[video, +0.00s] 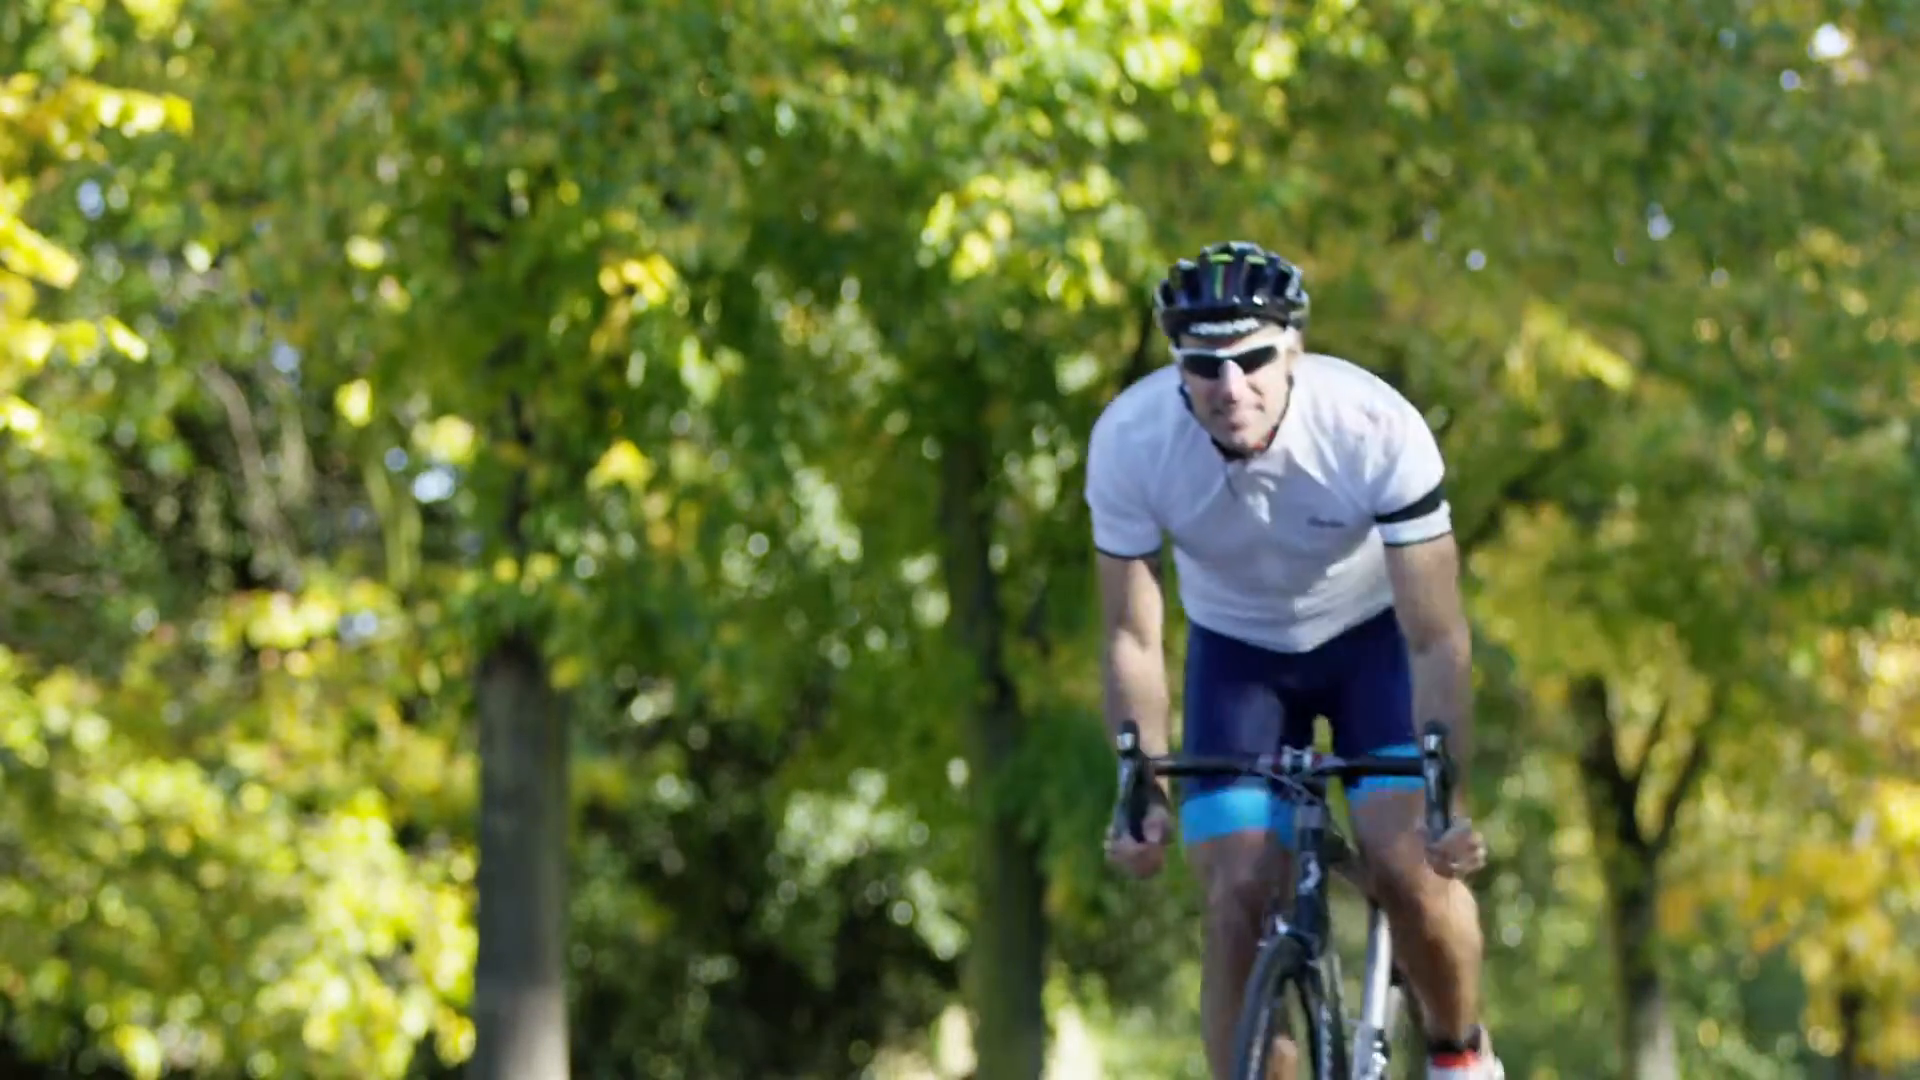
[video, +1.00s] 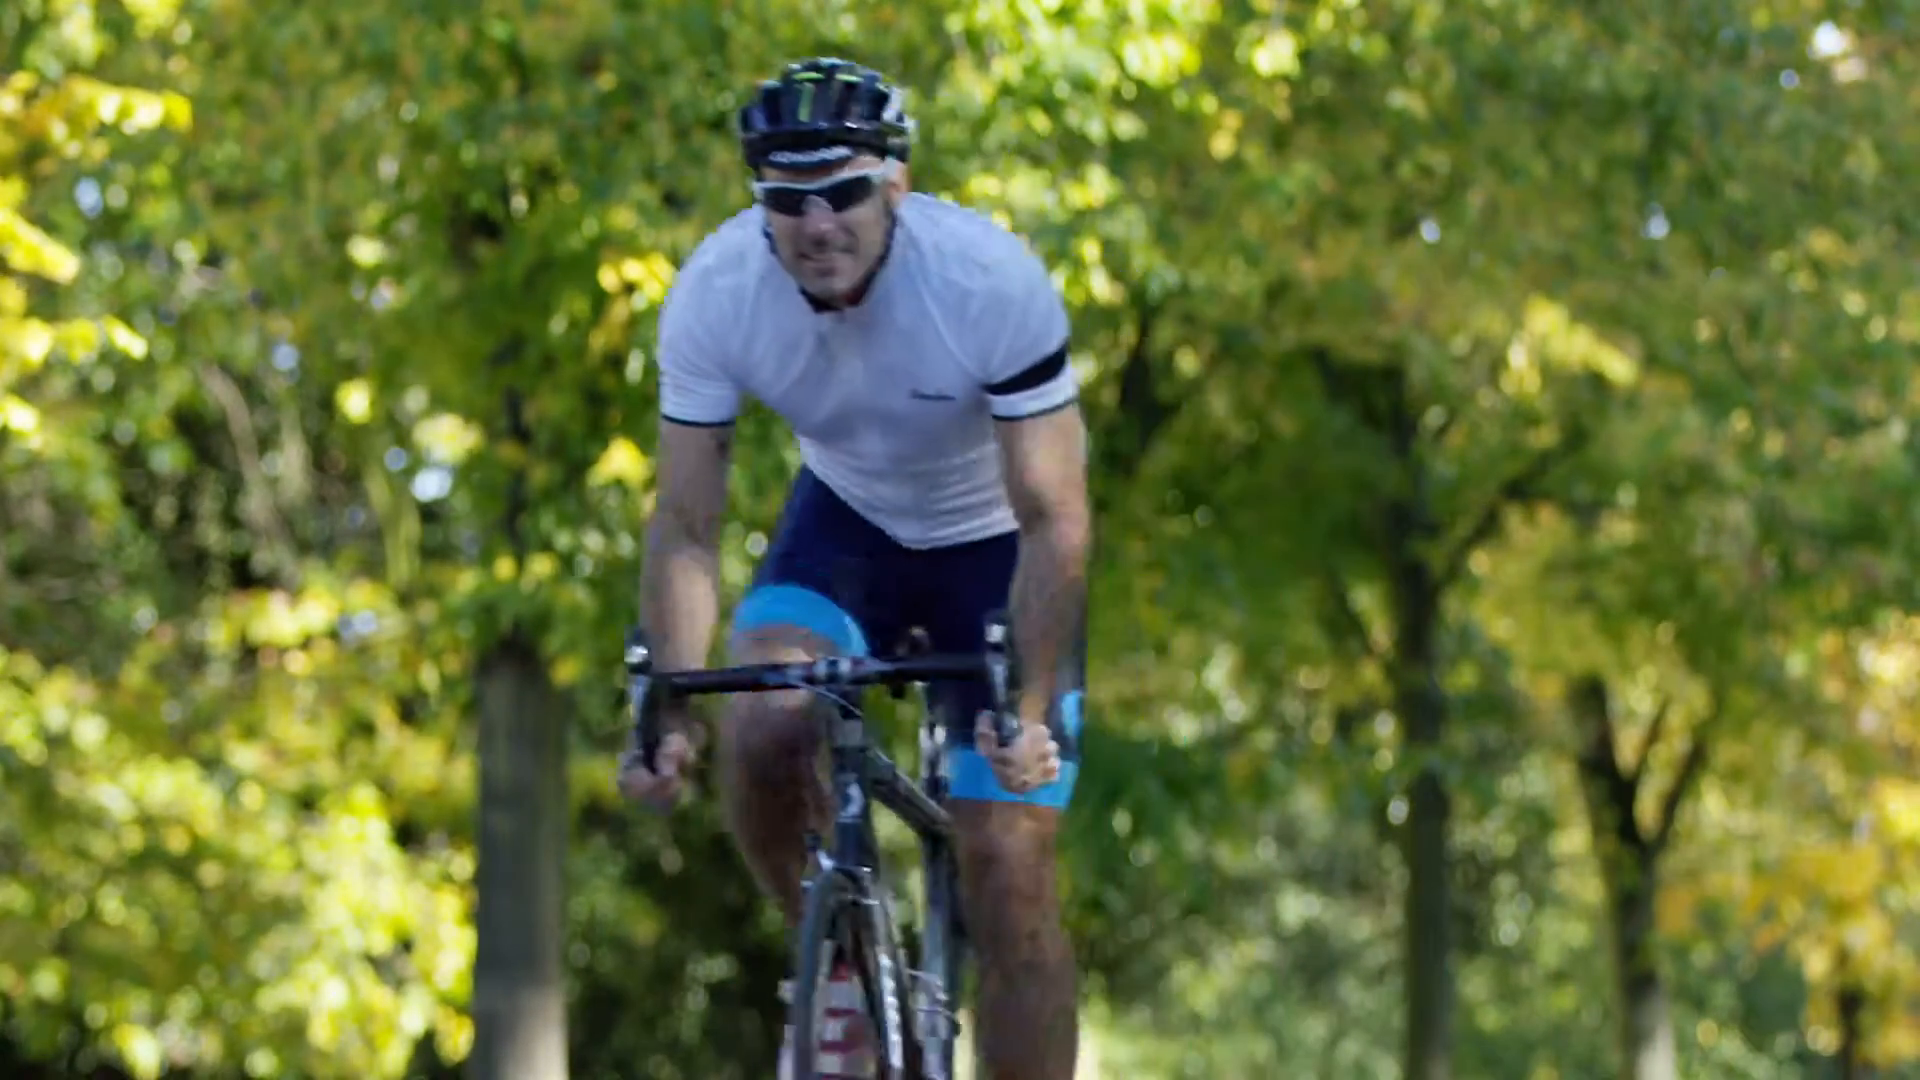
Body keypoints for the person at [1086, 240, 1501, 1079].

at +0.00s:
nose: (1232, 388)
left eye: (1254, 361)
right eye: (1206, 367)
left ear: (1294, 349)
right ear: (1177, 366)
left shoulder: (1377, 429)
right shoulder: (1128, 444)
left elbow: (1437, 635)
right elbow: (1129, 631)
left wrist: (1448, 805)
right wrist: (1144, 780)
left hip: (1372, 631)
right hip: (1233, 644)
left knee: (1403, 862)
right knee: (1239, 891)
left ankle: (1459, 1055)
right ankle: (1247, 1069)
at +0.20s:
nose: (1170, 356)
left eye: (1193, 329)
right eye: (1143, 333)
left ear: (1235, 320)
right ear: (1113, 331)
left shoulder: (1318, 404)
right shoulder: (1062, 417)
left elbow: (1377, 613)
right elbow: (1055, 611)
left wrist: (1387, 793)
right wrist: (1068, 766)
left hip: (1302, 613)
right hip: (1162, 636)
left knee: (1340, 800)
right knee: (1172, 928)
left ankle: (1381, 1005)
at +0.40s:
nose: (1100, 320)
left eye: (1122, 291)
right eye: (1071, 297)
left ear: (1164, 284)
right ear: (1041, 299)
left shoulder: (1254, 374)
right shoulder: (986, 385)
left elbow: (1308, 589)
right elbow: (975, 589)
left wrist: (1306, 759)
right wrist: (979, 752)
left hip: (1231, 573)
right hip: (1090, 598)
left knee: (1268, 764)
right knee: (1095, 894)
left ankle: (1291, 1006)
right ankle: (1134, 1073)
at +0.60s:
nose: (1011, 281)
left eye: (1037, 253)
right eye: (984, 258)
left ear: (1084, 243)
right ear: (956, 257)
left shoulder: (1176, 340)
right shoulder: (903, 350)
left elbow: (1227, 563)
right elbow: (886, 561)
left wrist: (1216, 742)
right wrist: (873, 735)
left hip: (1158, 545)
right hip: (1009, 561)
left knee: (1169, 785)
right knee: (991, 862)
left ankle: (1203, 1066)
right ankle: (1040, 1069)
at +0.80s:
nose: (920, 252)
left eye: (947, 221)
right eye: (892, 227)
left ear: (993, 211)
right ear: (862, 227)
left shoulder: (1089, 312)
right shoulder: (813, 320)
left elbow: (1139, 543)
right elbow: (786, 538)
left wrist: (1115, 727)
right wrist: (765, 719)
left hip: (1083, 545)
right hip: (926, 538)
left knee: (1081, 828)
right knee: (875, 815)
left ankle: (1110, 1072)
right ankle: (939, 1039)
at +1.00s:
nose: (816, 226)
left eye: (843, 196)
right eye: (788, 201)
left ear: (897, 184)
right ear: (759, 201)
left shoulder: (992, 282)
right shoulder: (715, 295)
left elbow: (1056, 517)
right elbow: (685, 525)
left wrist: (1032, 709)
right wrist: (669, 702)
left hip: (997, 533)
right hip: (841, 512)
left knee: (1007, 861)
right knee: (764, 718)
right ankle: (834, 972)